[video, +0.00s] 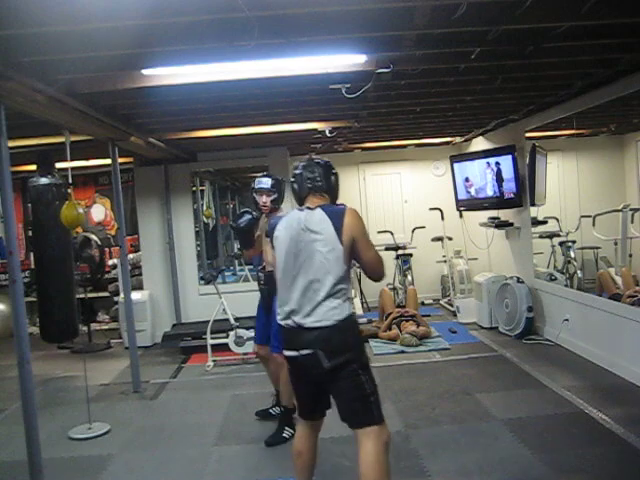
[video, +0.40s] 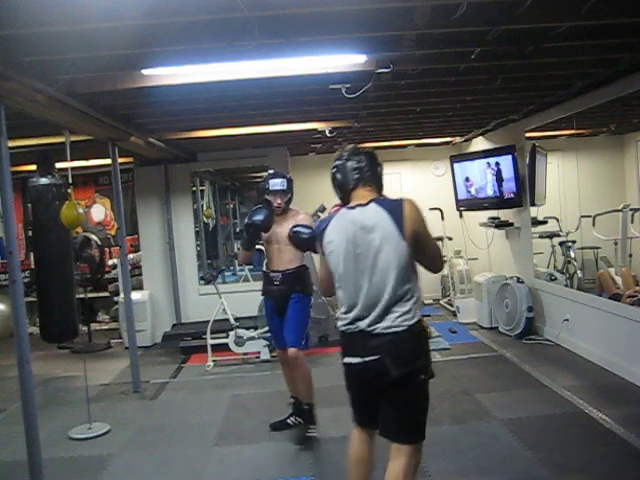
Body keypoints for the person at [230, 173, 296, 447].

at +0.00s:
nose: (264, 199)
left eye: (269, 193)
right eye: (259, 193)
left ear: (278, 195)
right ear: (255, 196)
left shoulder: (283, 223)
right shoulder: (260, 222)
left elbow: (280, 260)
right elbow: (252, 255)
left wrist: (264, 238)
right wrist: (254, 234)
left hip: (283, 288)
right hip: (265, 287)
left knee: (278, 354)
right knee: (262, 349)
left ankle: (289, 419)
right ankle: (282, 401)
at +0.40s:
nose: (278, 200)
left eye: (282, 195)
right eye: (273, 195)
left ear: (289, 195)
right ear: (266, 195)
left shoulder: (301, 218)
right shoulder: (261, 221)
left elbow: (320, 249)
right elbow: (244, 258)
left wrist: (312, 241)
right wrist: (251, 231)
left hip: (297, 285)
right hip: (271, 286)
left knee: (293, 352)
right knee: (282, 353)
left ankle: (309, 413)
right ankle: (297, 409)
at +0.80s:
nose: (288, 205)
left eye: (292, 200)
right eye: (283, 200)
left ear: (298, 200)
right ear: (272, 200)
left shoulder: (306, 222)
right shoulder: (263, 224)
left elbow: (325, 258)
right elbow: (239, 265)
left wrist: (304, 242)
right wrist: (252, 237)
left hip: (304, 293)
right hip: (273, 294)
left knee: (318, 362)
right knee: (263, 367)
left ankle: (336, 419)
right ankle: (278, 415)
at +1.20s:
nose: (245, 203)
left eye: (249, 197)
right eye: (240, 197)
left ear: (255, 197)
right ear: (227, 198)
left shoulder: (265, 222)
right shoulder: (213, 228)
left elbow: (293, 257)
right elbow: (201, 273)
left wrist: (298, 243)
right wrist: (217, 244)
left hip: (264, 299)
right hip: (230, 301)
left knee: (272, 371)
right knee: (233, 376)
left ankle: (294, 423)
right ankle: (242, 438)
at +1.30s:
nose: (242, 202)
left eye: (246, 196)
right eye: (236, 196)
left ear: (250, 198)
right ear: (221, 196)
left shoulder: (258, 222)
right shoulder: (204, 226)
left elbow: (289, 258)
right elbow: (193, 271)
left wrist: (295, 242)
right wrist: (212, 243)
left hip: (257, 301)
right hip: (224, 303)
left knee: (261, 376)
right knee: (231, 377)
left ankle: (264, 453)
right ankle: (241, 438)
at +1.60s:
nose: (241, 202)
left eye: (243, 196)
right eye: (235, 196)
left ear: (243, 198)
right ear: (217, 196)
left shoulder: (249, 225)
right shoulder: (195, 228)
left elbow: (276, 264)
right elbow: (184, 277)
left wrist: (290, 248)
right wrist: (209, 246)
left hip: (246, 311)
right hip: (209, 312)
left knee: (245, 393)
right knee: (201, 394)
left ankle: (242, 464)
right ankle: (209, 444)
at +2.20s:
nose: (263, 206)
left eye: (264, 200)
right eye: (259, 199)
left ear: (241, 197)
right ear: (240, 196)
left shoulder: (248, 225)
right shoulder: (207, 228)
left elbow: (271, 256)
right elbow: (215, 282)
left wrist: (303, 250)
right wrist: (250, 248)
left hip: (252, 323)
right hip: (221, 329)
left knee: (287, 400)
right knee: (221, 418)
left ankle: (270, 471)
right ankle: (205, 477)